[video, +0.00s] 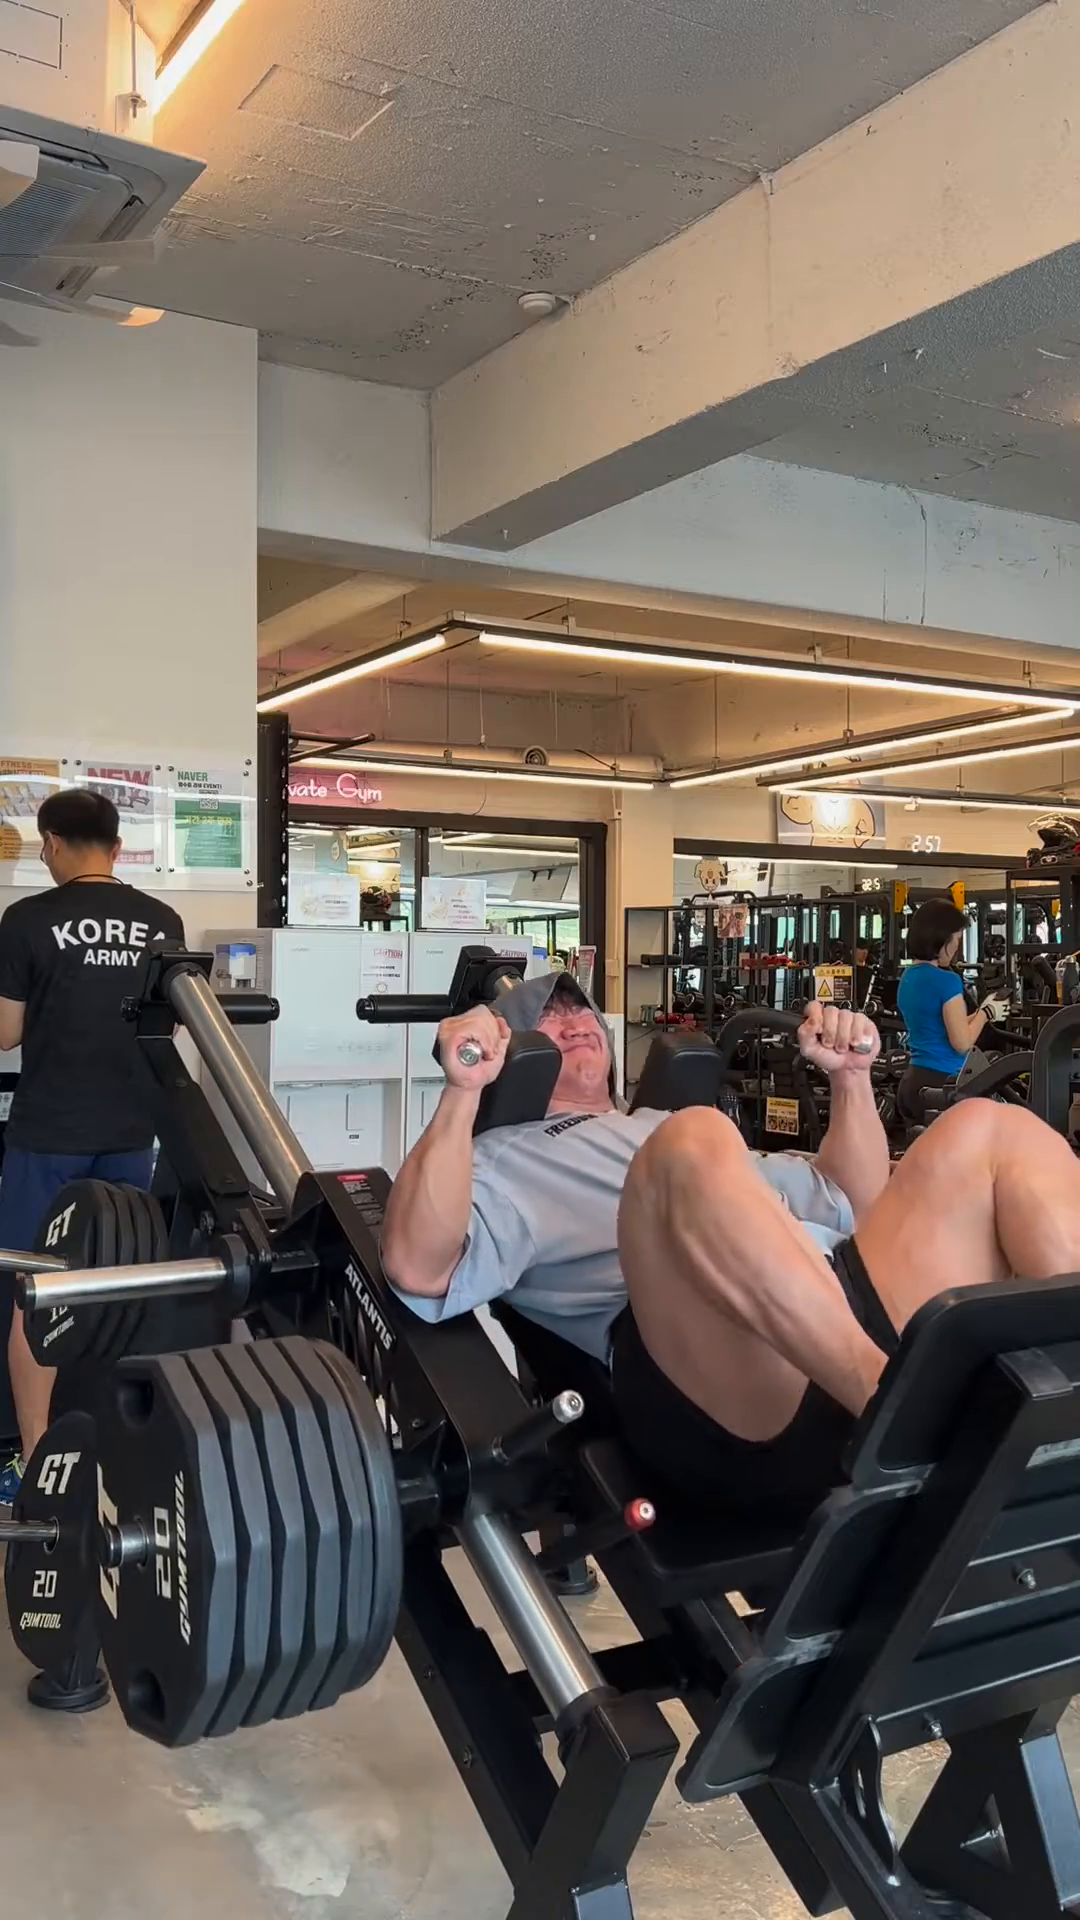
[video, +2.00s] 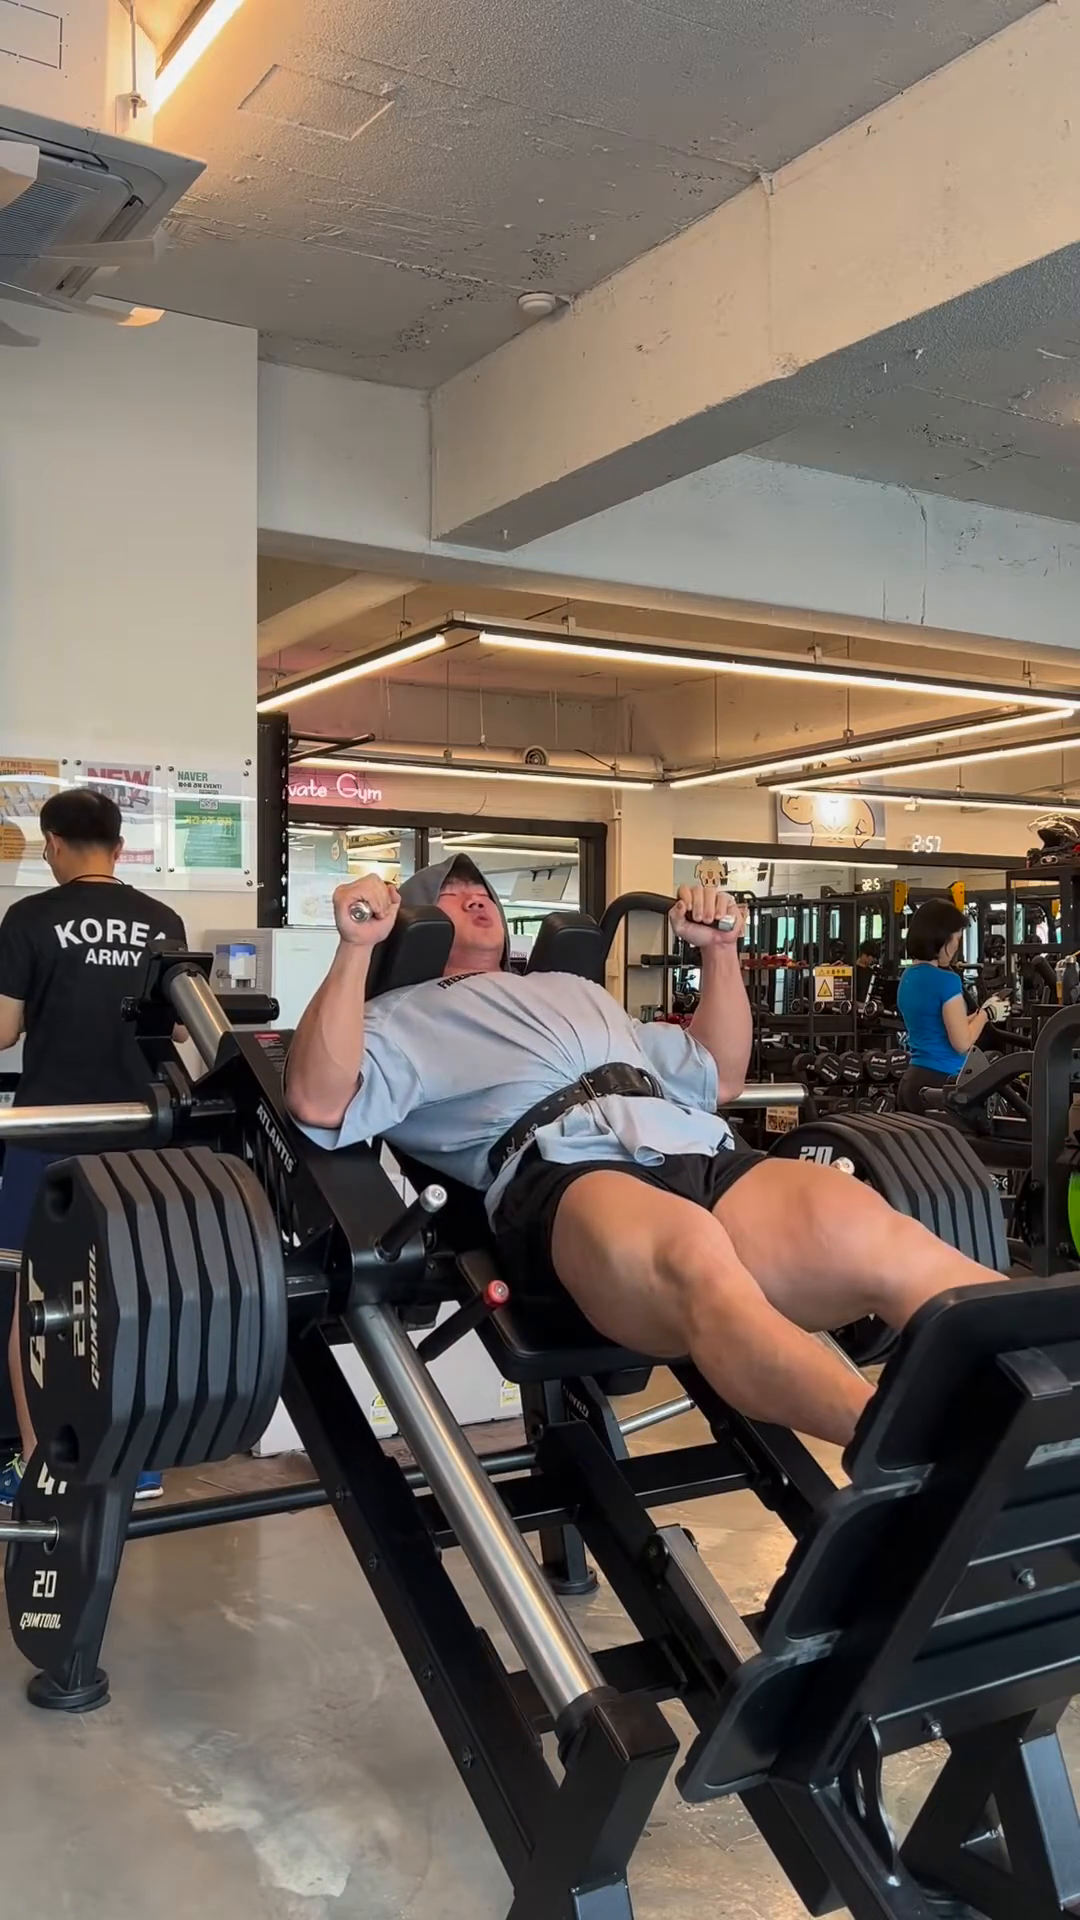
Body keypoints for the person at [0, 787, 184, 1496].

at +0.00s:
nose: (48, 857)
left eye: (45, 847)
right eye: (52, 847)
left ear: (50, 846)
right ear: (116, 847)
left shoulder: (29, 920)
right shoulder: (164, 920)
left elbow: (8, 1031)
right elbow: (174, 1024)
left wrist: (60, 1020)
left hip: (49, 1132)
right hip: (138, 1133)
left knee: (32, 1298)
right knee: (127, 1294)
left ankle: (39, 1461)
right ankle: (126, 1454)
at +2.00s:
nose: (52, 857)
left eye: (49, 847)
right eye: (62, 847)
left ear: (51, 845)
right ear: (119, 847)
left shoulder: (31, 917)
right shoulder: (164, 920)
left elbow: (5, 1029)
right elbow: (181, 1028)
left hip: (48, 1139)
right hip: (140, 1141)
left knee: (29, 1298)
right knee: (135, 1296)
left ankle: (35, 1458)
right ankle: (138, 1464)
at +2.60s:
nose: (49, 860)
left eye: (46, 850)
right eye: (52, 851)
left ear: (51, 848)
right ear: (118, 847)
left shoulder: (32, 917)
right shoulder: (165, 920)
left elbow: (11, 1033)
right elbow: (180, 1032)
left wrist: (56, 1005)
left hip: (48, 1138)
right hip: (139, 1140)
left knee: (30, 1298)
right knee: (136, 1296)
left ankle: (36, 1457)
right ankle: (137, 1463)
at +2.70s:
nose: (47, 861)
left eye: (45, 851)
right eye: (50, 852)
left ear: (51, 849)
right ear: (117, 847)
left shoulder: (32, 917)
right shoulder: (166, 920)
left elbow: (10, 1034)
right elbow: (179, 1032)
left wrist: (54, 1001)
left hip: (49, 1137)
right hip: (140, 1137)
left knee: (27, 1294)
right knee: (131, 1290)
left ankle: (36, 1456)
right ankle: (127, 1456)